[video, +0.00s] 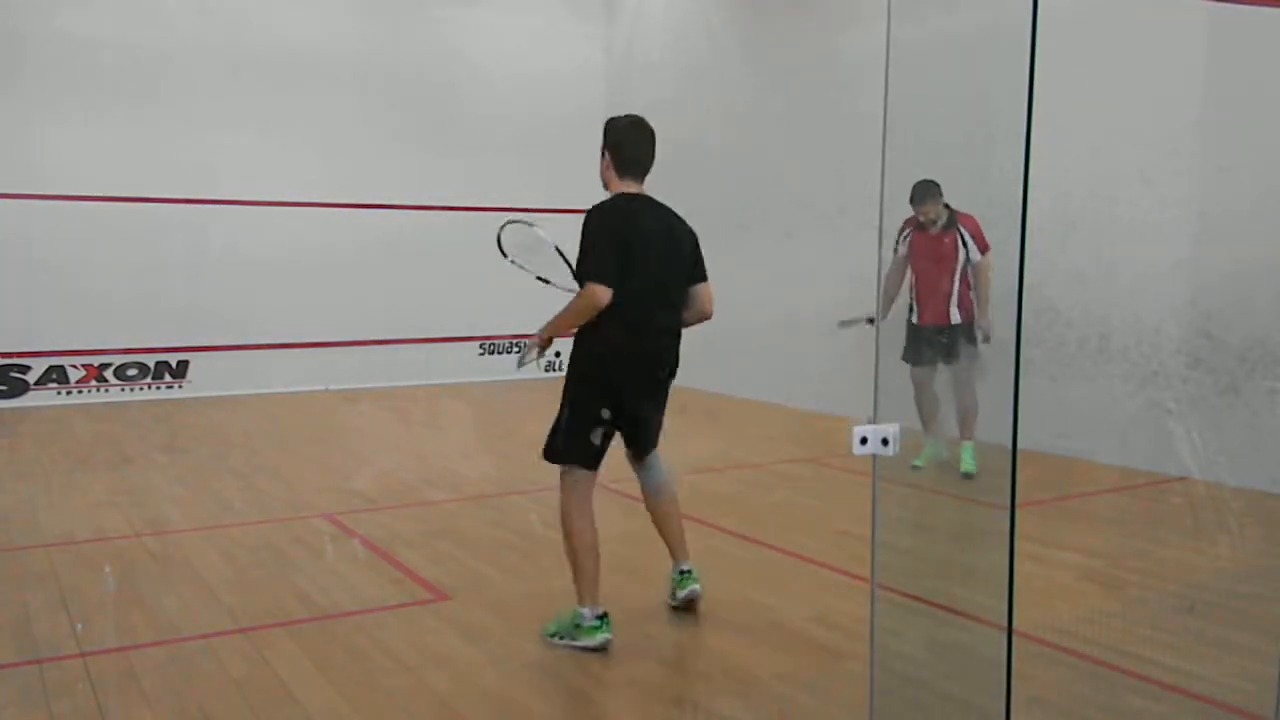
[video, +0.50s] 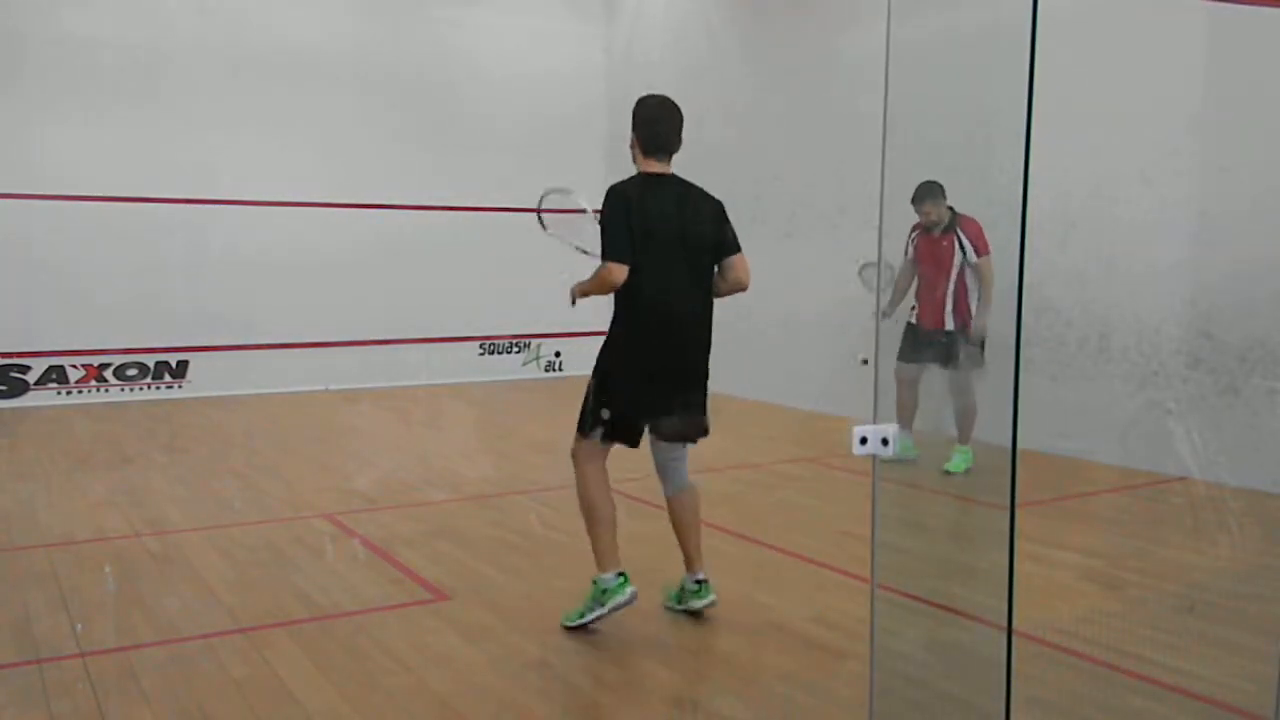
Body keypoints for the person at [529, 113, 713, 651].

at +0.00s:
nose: (598, 164)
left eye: (600, 156)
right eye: (605, 155)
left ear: (607, 161)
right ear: (649, 163)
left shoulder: (604, 218)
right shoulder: (677, 226)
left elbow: (597, 294)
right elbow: (701, 306)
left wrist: (552, 330)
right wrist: (649, 320)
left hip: (602, 370)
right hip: (655, 370)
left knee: (577, 483)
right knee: (647, 457)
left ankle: (590, 615)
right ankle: (684, 571)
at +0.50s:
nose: (631, 142)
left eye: (632, 135)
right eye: (648, 135)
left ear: (633, 141)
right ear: (679, 143)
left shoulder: (622, 196)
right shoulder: (706, 204)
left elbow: (615, 274)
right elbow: (737, 277)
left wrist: (583, 289)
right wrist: (689, 288)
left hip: (633, 352)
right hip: (687, 355)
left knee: (588, 453)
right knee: (673, 460)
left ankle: (610, 578)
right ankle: (697, 580)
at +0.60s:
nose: (634, 114)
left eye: (633, 107)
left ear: (633, 112)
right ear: (680, 113)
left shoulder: (621, 165)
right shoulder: (710, 173)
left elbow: (612, 235)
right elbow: (740, 248)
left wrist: (591, 251)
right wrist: (692, 254)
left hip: (630, 329)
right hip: (689, 332)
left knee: (601, 438)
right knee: (685, 441)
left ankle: (610, 565)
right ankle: (697, 559)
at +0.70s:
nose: (633, 117)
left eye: (632, 110)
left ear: (632, 114)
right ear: (679, 115)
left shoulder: (624, 160)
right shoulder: (710, 170)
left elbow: (609, 229)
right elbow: (743, 249)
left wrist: (591, 242)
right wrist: (696, 252)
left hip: (630, 321)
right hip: (691, 325)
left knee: (611, 441)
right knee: (684, 436)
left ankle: (622, 570)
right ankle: (704, 552)